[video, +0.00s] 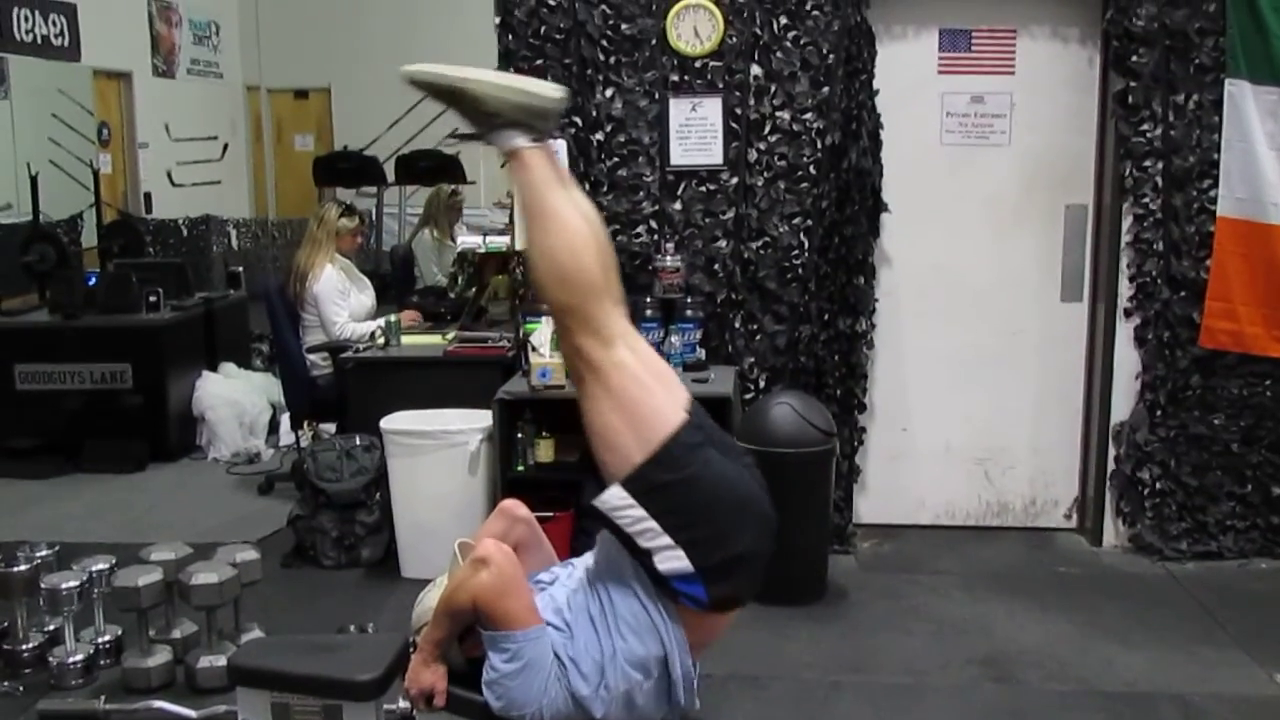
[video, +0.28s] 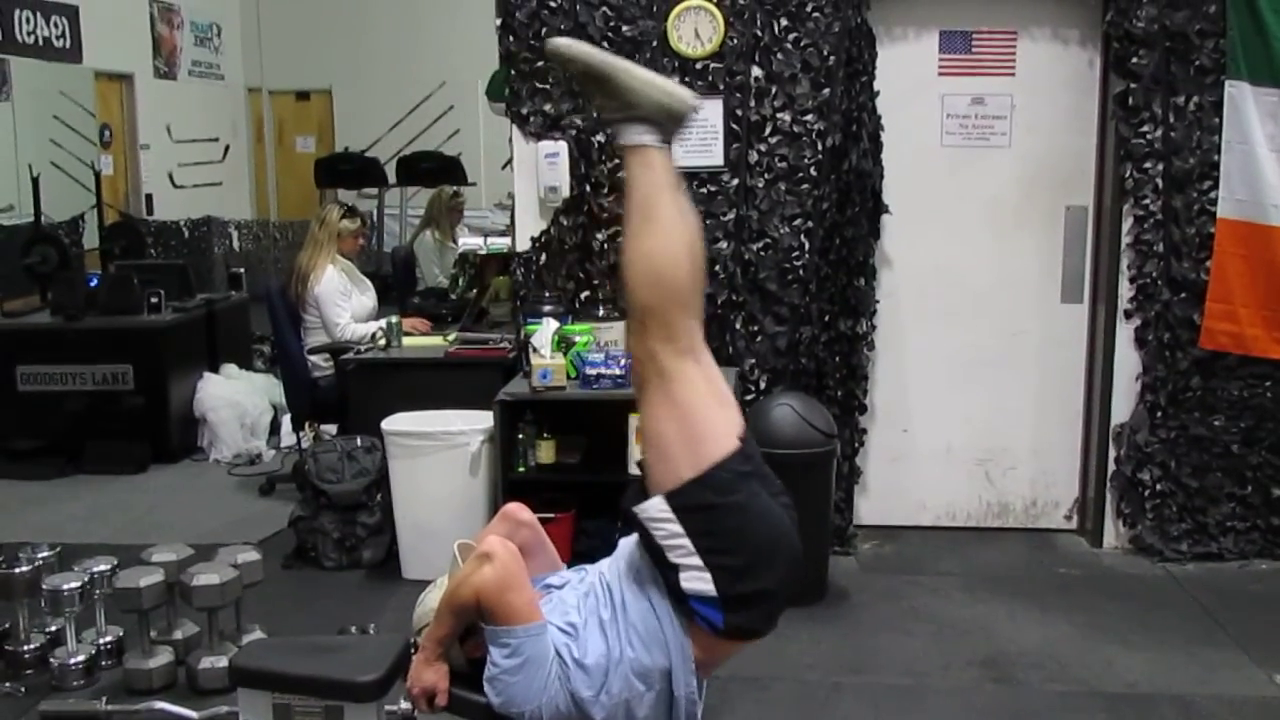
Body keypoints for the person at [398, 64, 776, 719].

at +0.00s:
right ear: (476, 639)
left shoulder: (555, 606)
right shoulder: (529, 683)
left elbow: (514, 517)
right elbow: (488, 565)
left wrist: (440, 635)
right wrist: (435, 644)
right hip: (706, 556)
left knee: (600, 334)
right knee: (593, 338)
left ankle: (540, 146)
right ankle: (520, 142)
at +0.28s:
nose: (478, 560)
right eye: (473, 581)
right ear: (475, 641)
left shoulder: (557, 608)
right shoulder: (526, 680)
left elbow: (517, 521)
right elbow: (492, 559)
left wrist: (452, 614)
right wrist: (436, 645)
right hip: (720, 578)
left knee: (673, 346)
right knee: (664, 350)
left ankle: (647, 139)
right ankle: (641, 131)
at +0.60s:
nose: (479, 559)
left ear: (479, 629)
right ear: (479, 635)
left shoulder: (563, 607)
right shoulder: (530, 675)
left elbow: (518, 518)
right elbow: (492, 556)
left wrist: (456, 607)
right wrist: (436, 646)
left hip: (748, 580)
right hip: (742, 595)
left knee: (735, 369)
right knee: (727, 370)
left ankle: (763, 155)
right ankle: (762, 154)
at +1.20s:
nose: (488, 541)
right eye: (479, 551)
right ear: (485, 610)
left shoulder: (559, 608)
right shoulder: (525, 660)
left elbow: (517, 512)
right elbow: (489, 553)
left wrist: (465, 586)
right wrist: (434, 637)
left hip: (747, 595)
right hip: (757, 611)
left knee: (789, 382)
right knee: (793, 380)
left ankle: (871, 183)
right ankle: (873, 180)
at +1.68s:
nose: (492, 511)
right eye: (478, 511)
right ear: (481, 554)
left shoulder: (547, 565)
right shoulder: (523, 619)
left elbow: (505, 476)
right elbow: (479, 514)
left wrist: (440, 579)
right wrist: (430, 593)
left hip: (734, 550)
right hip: (753, 586)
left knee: (851, 369)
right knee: (854, 374)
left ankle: (984, 200)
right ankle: (995, 206)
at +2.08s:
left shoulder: (542, 551)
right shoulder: (514, 596)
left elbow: (505, 456)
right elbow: (470, 486)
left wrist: (435, 561)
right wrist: (425, 577)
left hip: (738, 540)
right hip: (754, 589)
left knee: (906, 395)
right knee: (907, 403)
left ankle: (1072, 267)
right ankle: (1084, 275)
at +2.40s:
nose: (511, 464)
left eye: (512, 458)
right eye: (493, 466)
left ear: (509, 501)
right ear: (478, 513)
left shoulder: (549, 537)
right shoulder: (512, 589)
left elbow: (506, 444)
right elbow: (469, 482)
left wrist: (435, 548)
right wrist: (425, 566)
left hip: (757, 533)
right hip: (760, 596)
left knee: (913, 394)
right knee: (908, 407)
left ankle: (1119, 346)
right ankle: (1125, 360)